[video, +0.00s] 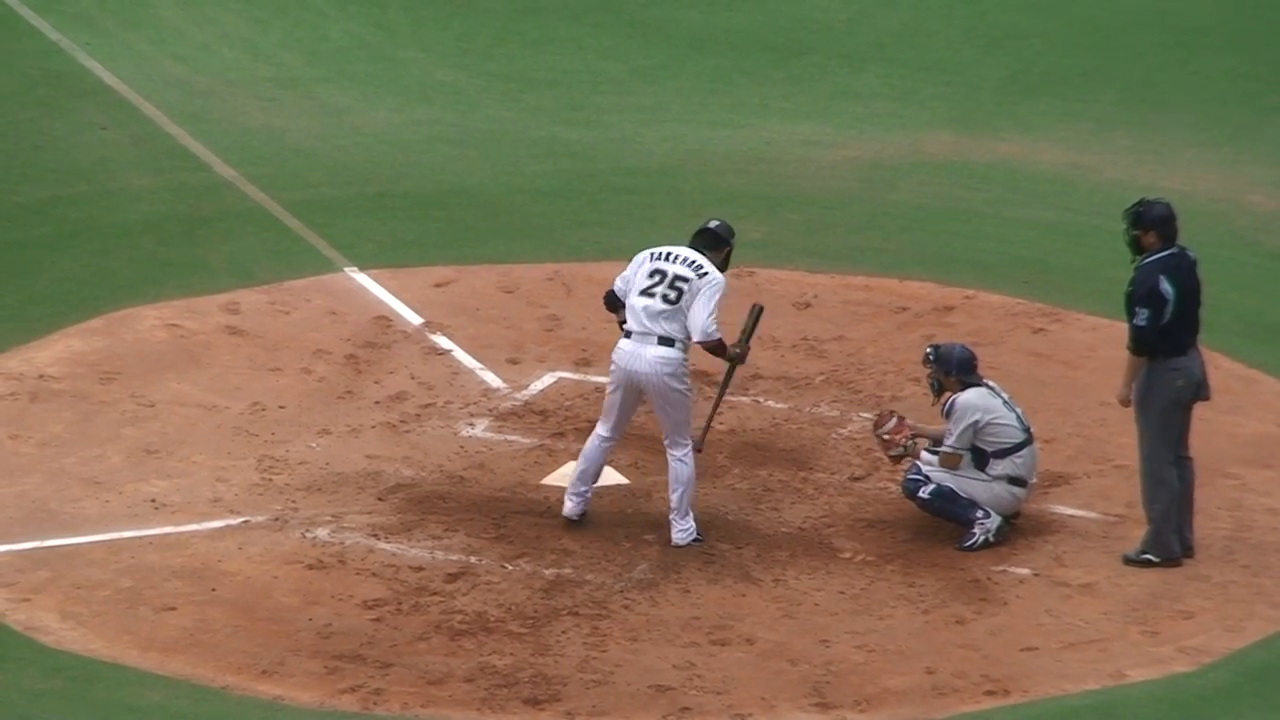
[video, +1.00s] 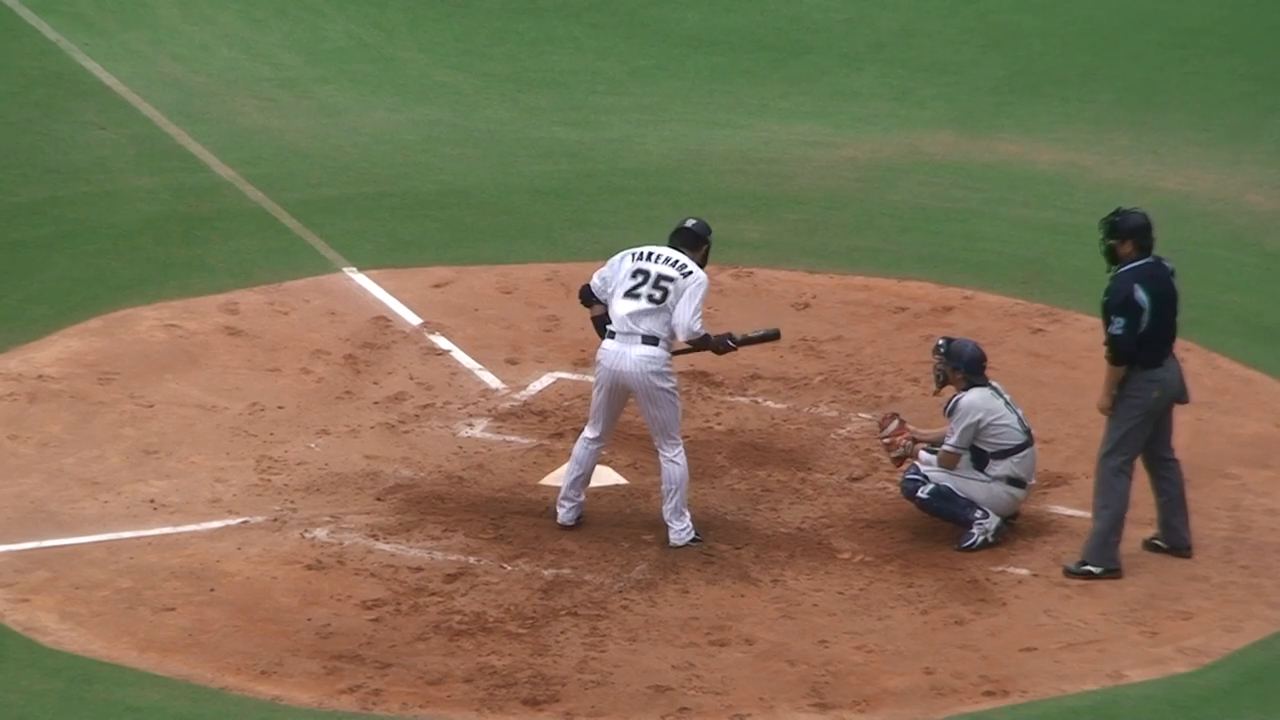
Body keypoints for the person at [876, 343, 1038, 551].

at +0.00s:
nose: (931, 375)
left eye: (936, 371)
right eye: (932, 370)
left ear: (951, 376)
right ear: (966, 373)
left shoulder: (966, 403)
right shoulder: (985, 387)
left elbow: (949, 463)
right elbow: (957, 436)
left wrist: (914, 451)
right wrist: (915, 429)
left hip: (1005, 493)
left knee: (915, 479)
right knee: (930, 454)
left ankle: (985, 520)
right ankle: (1003, 507)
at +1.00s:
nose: (938, 367)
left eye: (943, 364)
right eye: (939, 362)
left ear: (958, 373)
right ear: (971, 372)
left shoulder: (969, 403)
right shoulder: (991, 388)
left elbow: (947, 463)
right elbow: (957, 435)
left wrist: (914, 451)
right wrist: (915, 434)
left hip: (1003, 493)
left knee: (914, 479)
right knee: (932, 453)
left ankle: (982, 520)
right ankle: (1003, 508)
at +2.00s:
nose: (940, 368)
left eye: (945, 363)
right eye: (941, 362)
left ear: (960, 371)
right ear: (976, 369)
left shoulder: (970, 401)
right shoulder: (993, 387)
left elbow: (949, 461)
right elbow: (967, 436)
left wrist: (910, 453)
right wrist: (925, 432)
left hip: (1004, 492)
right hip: (1019, 483)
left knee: (914, 477)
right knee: (929, 452)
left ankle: (984, 519)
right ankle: (1002, 506)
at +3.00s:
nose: (940, 367)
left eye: (945, 364)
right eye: (941, 362)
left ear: (960, 371)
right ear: (974, 369)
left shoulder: (972, 402)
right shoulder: (992, 388)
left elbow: (947, 460)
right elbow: (958, 434)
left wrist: (905, 458)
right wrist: (916, 426)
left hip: (1003, 491)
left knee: (913, 479)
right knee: (935, 448)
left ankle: (983, 518)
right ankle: (1002, 507)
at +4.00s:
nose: (941, 362)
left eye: (947, 359)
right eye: (943, 356)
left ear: (961, 367)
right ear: (975, 366)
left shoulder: (972, 398)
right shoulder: (991, 384)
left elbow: (949, 457)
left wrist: (906, 459)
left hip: (1000, 489)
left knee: (912, 479)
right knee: (931, 444)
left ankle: (982, 517)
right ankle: (998, 503)